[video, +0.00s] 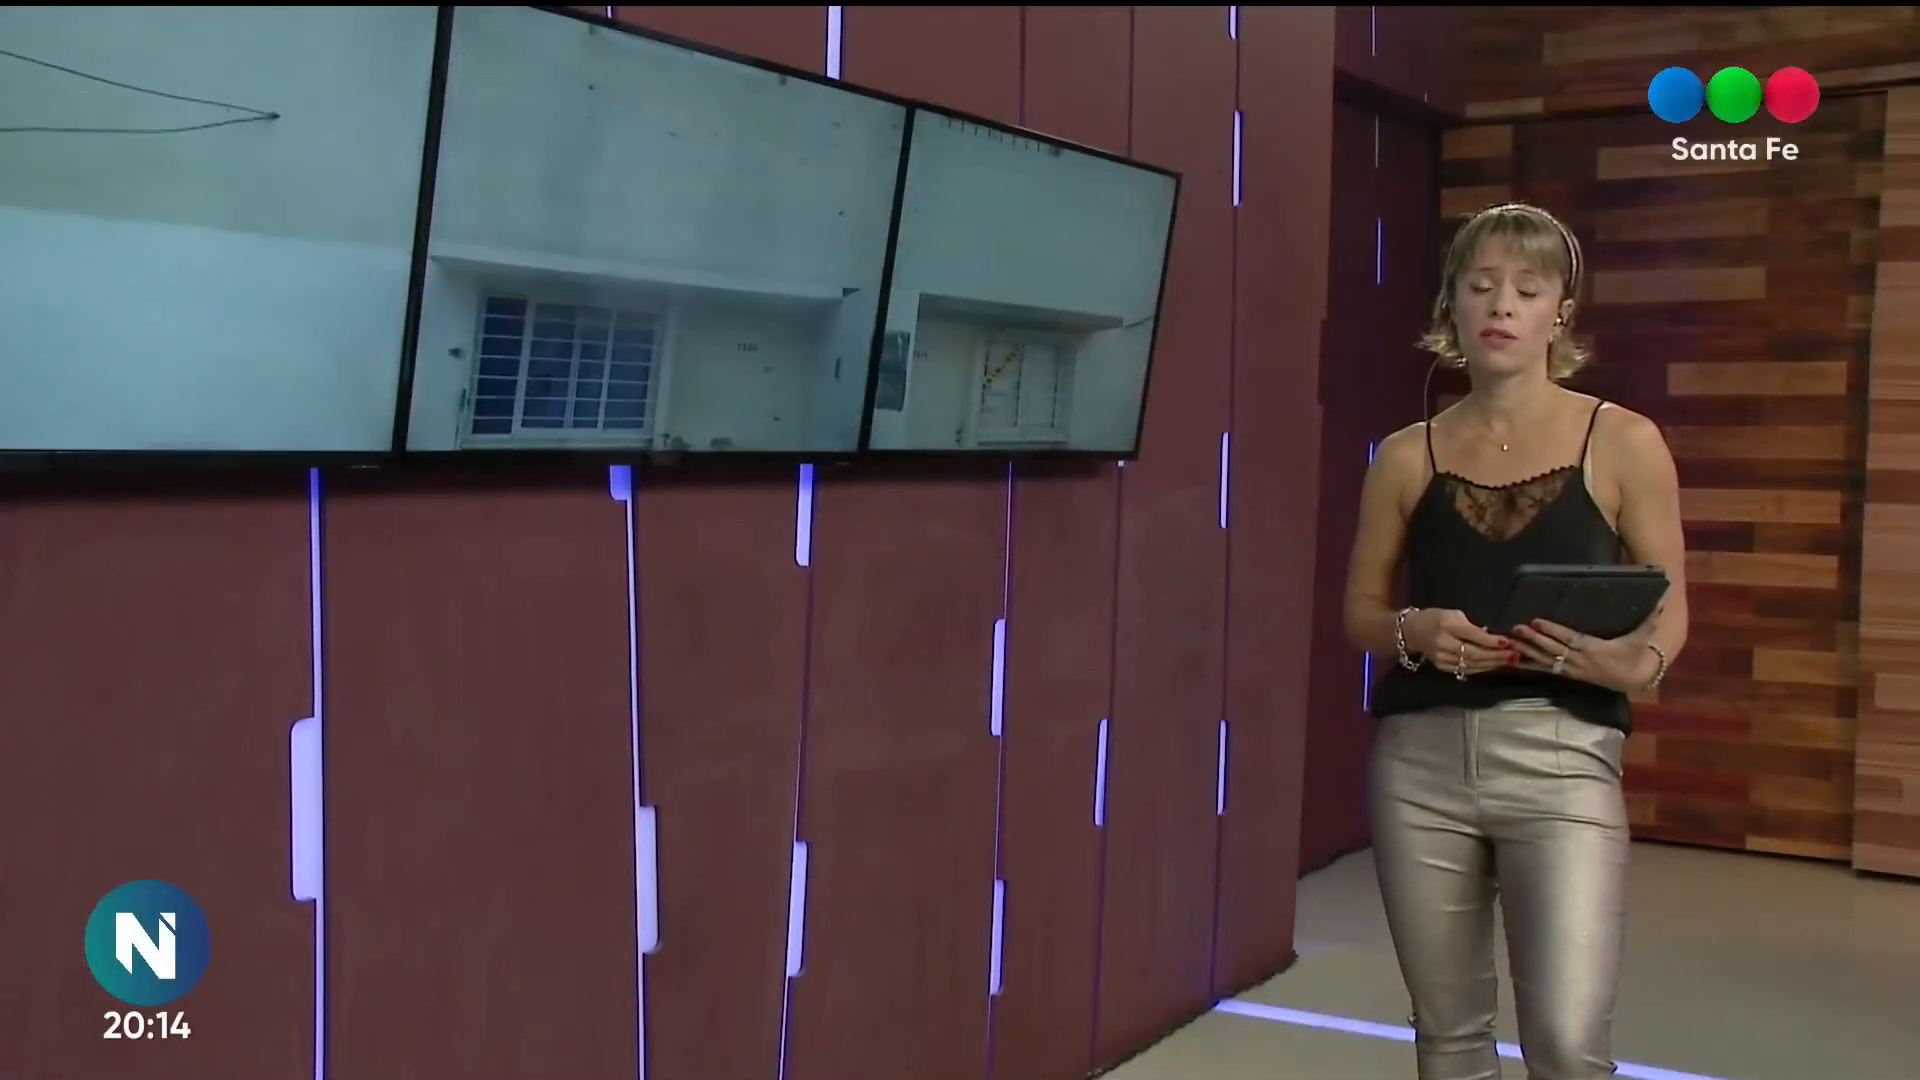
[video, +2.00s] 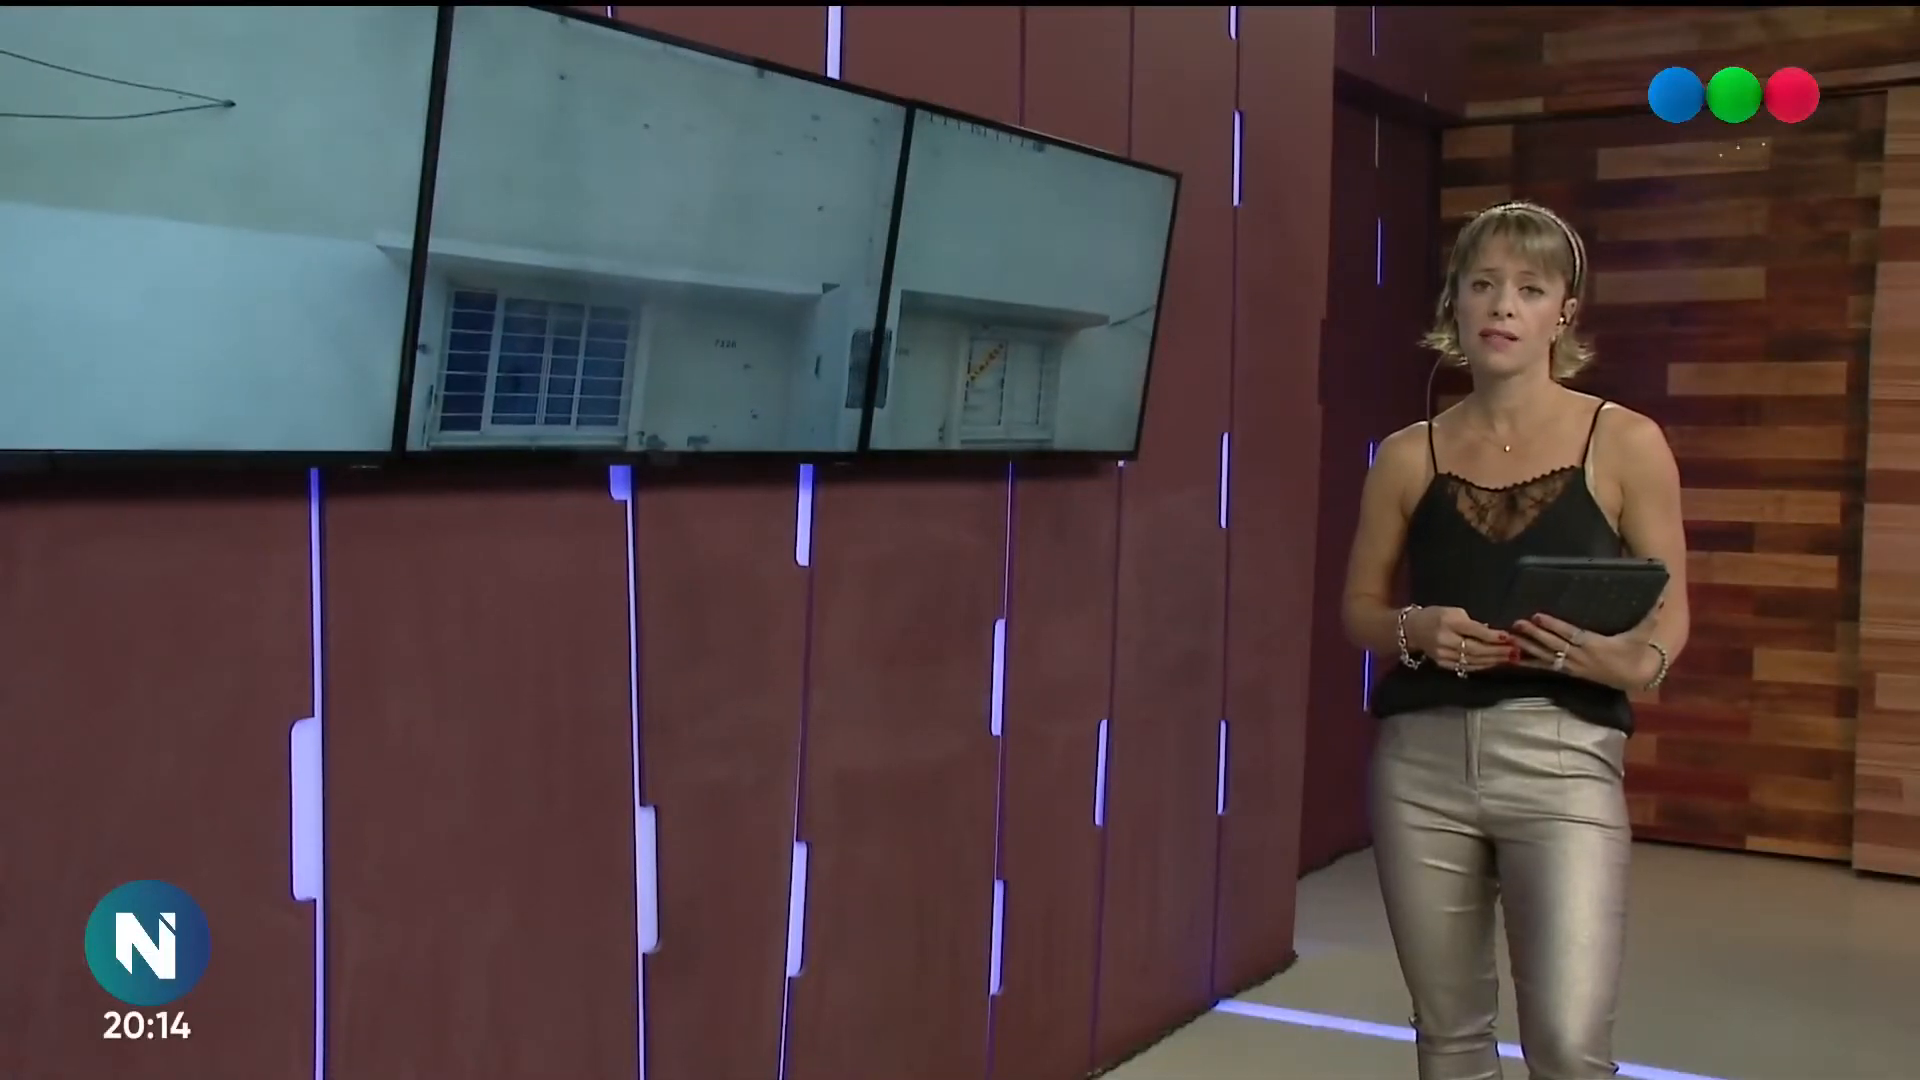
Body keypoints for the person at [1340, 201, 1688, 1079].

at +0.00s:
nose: (1499, 305)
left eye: (1525, 289)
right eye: (1481, 284)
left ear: (1559, 314)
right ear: (1452, 305)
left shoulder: (1624, 444)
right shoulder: (1405, 459)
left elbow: (1667, 604)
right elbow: (1360, 611)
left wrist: (1630, 665)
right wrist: (1411, 632)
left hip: (1560, 766)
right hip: (1418, 767)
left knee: (1566, 1049)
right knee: (1448, 1042)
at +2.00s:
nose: (1500, 304)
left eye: (1527, 288)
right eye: (1481, 284)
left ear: (1563, 313)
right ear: (1454, 305)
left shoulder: (1626, 444)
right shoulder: (1406, 459)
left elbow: (1668, 611)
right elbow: (1359, 609)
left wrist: (1629, 663)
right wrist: (1411, 630)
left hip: (1562, 768)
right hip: (1420, 768)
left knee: (1567, 1049)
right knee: (1449, 1042)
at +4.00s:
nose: (1489, 305)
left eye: (1515, 288)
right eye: (1470, 284)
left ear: (1550, 314)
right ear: (1442, 306)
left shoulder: (1615, 443)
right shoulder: (1396, 458)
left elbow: (1658, 604)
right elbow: (1350, 611)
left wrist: (1626, 662)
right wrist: (1403, 629)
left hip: (1555, 767)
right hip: (1413, 767)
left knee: (1559, 1049)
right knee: (1445, 1040)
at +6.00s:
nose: (1492, 296)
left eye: (1519, 280)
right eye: (1474, 278)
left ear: (1556, 309)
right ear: (1446, 302)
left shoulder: (1620, 438)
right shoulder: (1401, 457)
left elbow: (1667, 599)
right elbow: (1356, 611)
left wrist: (1625, 662)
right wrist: (1411, 624)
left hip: (1566, 768)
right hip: (1423, 768)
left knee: (1570, 1051)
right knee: (1450, 1043)